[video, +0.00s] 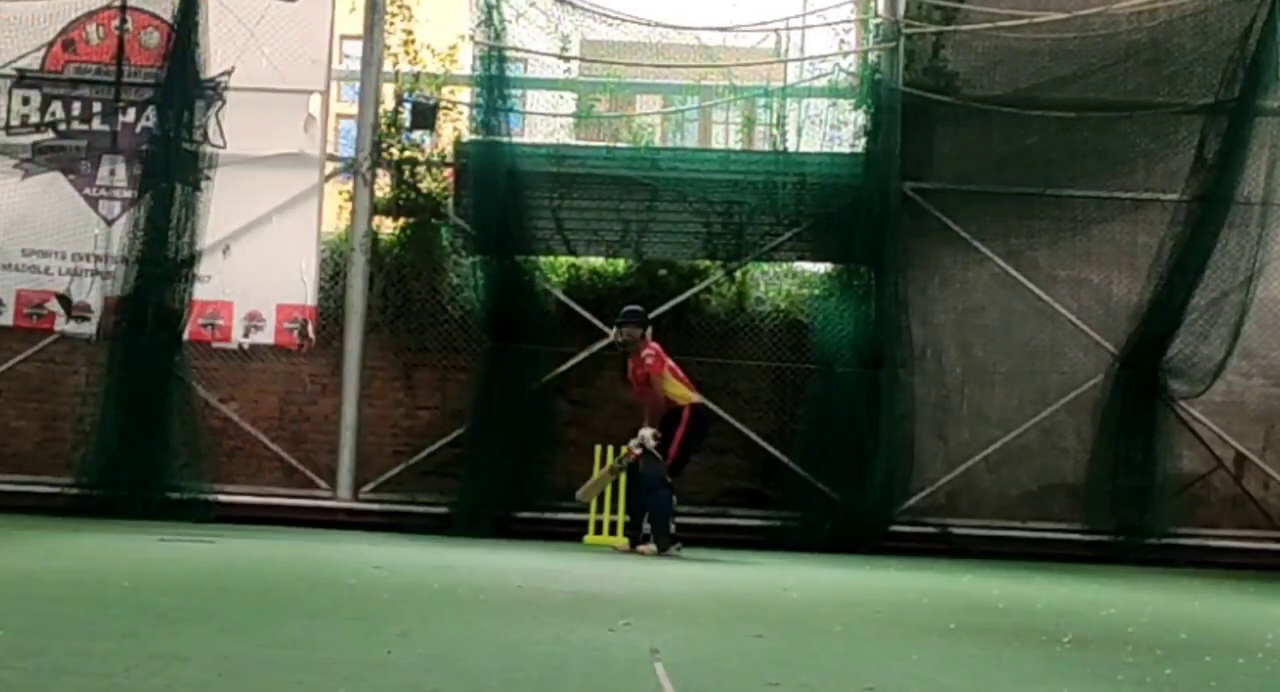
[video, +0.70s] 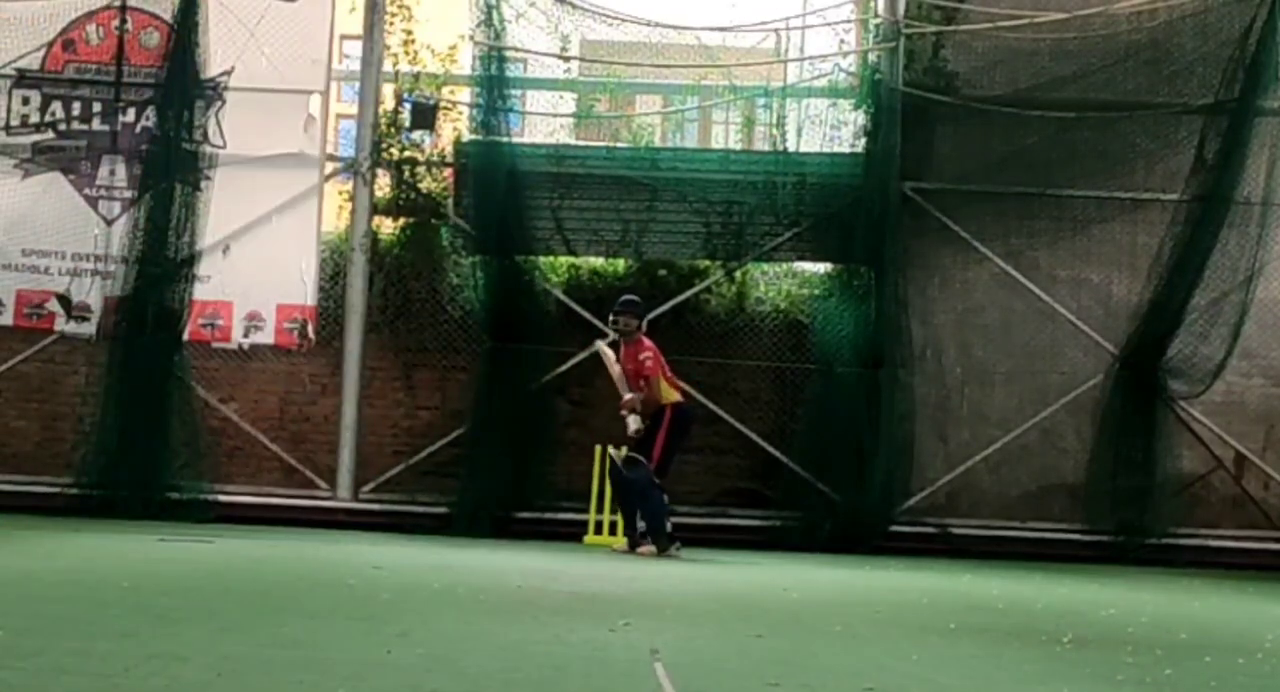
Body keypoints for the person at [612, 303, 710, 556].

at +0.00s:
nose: (628, 334)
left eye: (634, 328)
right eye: (624, 328)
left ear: (645, 331)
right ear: (619, 332)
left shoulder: (650, 355)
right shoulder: (634, 362)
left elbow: (656, 394)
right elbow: (646, 400)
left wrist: (650, 427)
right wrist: (644, 432)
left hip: (688, 408)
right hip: (669, 410)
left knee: (660, 470)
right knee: (643, 466)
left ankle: (663, 539)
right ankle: (638, 535)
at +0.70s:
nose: (623, 323)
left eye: (630, 318)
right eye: (619, 317)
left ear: (639, 322)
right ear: (614, 321)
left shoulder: (645, 351)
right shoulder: (625, 348)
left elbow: (655, 393)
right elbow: (628, 385)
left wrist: (635, 400)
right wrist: (632, 415)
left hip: (672, 406)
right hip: (653, 407)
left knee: (649, 470)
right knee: (632, 466)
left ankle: (661, 538)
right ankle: (638, 535)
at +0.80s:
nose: (622, 325)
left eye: (628, 320)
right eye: (617, 319)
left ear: (637, 324)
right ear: (611, 323)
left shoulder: (641, 353)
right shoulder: (621, 351)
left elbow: (651, 395)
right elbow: (622, 387)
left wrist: (633, 401)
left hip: (670, 407)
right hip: (650, 408)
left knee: (646, 471)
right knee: (632, 465)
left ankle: (660, 538)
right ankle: (640, 534)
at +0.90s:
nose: (617, 329)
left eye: (623, 324)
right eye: (613, 324)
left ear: (632, 328)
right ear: (607, 326)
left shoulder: (637, 356)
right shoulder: (617, 353)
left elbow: (647, 399)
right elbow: (619, 385)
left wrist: (628, 404)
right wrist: (624, 407)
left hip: (667, 409)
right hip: (648, 409)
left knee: (642, 471)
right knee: (627, 465)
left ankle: (661, 539)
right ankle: (611, 532)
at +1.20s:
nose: (594, 335)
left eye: (600, 330)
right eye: (589, 330)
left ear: (609, 333)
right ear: (584, 333)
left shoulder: (620, 360)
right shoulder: (596, 356)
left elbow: (625, 409)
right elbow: (604, 384)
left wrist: (609, 398)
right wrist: (605, 398)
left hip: (651, 405)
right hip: (630, 405)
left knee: (622, 465)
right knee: (609, 463)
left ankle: (642, 530)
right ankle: (598, 533)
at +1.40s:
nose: (584, 345)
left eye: (589, 340)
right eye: (580, 340)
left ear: (599, 342)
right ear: (574, 342)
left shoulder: (609, 367)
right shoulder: (584, 357)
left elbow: (611, 409)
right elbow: (563, 332)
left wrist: (596, 403)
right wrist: (545, 306)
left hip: (643, 405)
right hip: (623, 404)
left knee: (616, 462)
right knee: (606, 461)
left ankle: (601, 526)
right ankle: (607, 530)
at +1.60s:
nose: (571, 364)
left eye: (575, 358)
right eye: (566, 359)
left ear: (586, 351)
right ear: (561, 354)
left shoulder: (602, 364)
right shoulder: (571, 367)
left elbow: (592, 402)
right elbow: (570, 393)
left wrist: (573, 408)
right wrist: (563, 414)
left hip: (636, 413)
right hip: (608, 416)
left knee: (620, 468)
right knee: (601, 470)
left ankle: (600, 529)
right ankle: (610, 532)